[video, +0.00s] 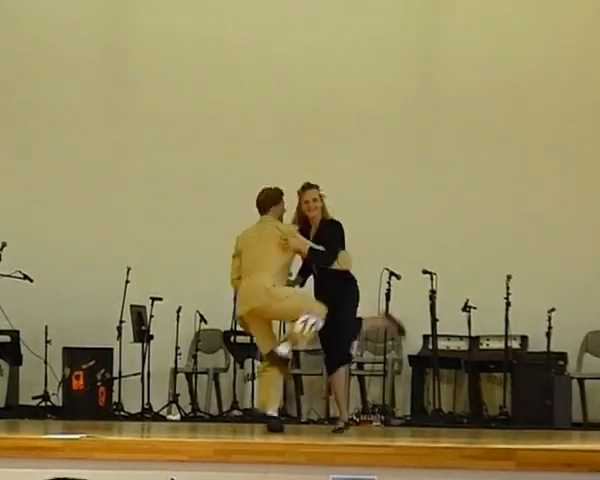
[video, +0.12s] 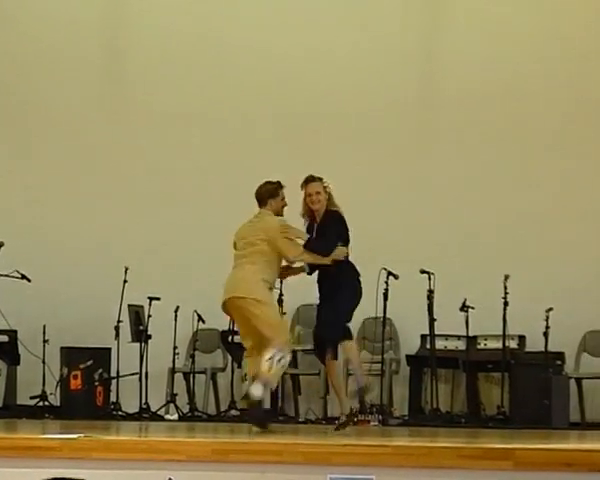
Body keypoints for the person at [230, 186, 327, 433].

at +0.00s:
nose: (285, 209)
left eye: (283, 205)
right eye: (283, 205)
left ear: (260, 209)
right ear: (277, 207)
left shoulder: (243, 236)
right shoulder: (283, 230)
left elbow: (235, 278)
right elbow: (312, 254)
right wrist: (337, 259)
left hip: (245, 299)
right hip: (270, 293)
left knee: (271, 357)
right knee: (317, 311)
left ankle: (271, 412)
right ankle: (285, 348)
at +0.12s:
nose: (285, 202)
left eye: (284, 198)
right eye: (282, 198)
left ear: (262, 202)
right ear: (272, 201)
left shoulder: (243, 229)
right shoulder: (273, 224)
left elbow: (264, 268)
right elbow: (296, 254)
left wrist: (303, 266)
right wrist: (330, 258)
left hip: (231, 294)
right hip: (253, 292)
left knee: (254, 346)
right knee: (281, 343)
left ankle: (253, 397)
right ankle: (259, 389)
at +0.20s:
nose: (282, 206)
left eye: (282, 201)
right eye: (279, 201)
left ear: (264, 203)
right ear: (265, 203)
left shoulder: (256, 225)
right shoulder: (261, 225)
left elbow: (267, 254)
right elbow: (267, 257)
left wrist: (295, 249)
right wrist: (301, 256)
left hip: (237, 299)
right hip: (243, 300)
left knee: (253, 354)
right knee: (255, 355)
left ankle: (242, 412)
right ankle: (245, 413)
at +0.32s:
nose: (269, 209)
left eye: (271, 205)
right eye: (265, 205)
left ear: (269, 206)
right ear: (251, 204)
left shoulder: (256, 234)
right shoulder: (244, 229)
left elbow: (257, 273)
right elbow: (240, 261)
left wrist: (276, 266)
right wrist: (271, 254)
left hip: (238, 300)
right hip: (226, 298)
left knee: (254, 346)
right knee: (253, 343)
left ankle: (244, 406)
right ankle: (237, 406)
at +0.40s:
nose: (254, 217)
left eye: (257, 212)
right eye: (250, 212)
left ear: (259, 214)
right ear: (238, 212)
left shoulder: (251, 245)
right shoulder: (232, 238)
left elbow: (259, 280)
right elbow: (229, 272)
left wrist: (282, 270)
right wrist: (258, 263)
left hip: (235, 311)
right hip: (218, 310)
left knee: (261, 347)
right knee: (251, 345)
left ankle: (245, 408)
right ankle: (227, 405)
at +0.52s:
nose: (234, 225)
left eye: (237, 220)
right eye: (229, 220)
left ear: (242, 222)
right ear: (221, 221)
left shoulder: (242, 252)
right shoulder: (212, 248)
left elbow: (255, 283)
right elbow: (221, 278)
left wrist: (286, 283)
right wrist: (248, 285)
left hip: (231, 321)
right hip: (209, 320)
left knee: (256, 359)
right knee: (235, 359)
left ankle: (242, 414)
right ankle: (219, 414)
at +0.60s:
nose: (228, 220)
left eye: (231, 216)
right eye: (223, 216)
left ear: (237, 217)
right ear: (216, 217)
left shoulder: (239, 244)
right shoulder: (206, 243)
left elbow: (255, 268)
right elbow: (215, 270)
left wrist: (279, 270)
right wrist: (244, 271)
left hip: (218, 311)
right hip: (196, 310)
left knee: (238, 353)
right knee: (216, 354)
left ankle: (237, 412)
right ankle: (215, 415)